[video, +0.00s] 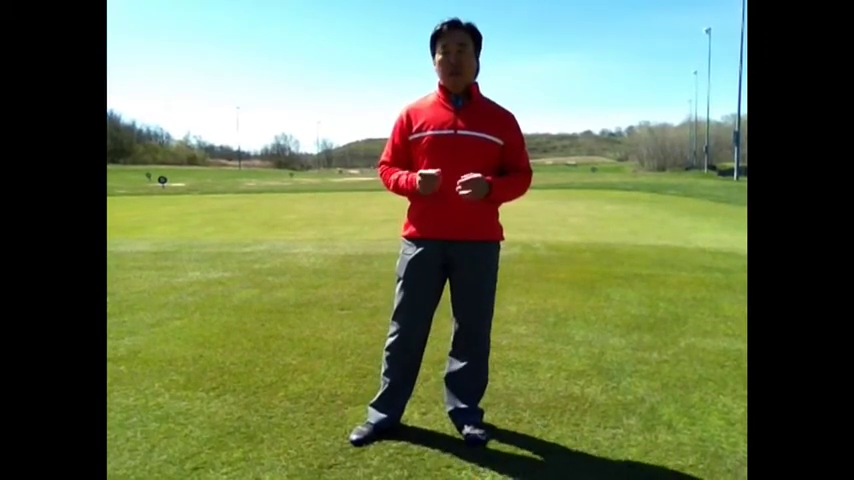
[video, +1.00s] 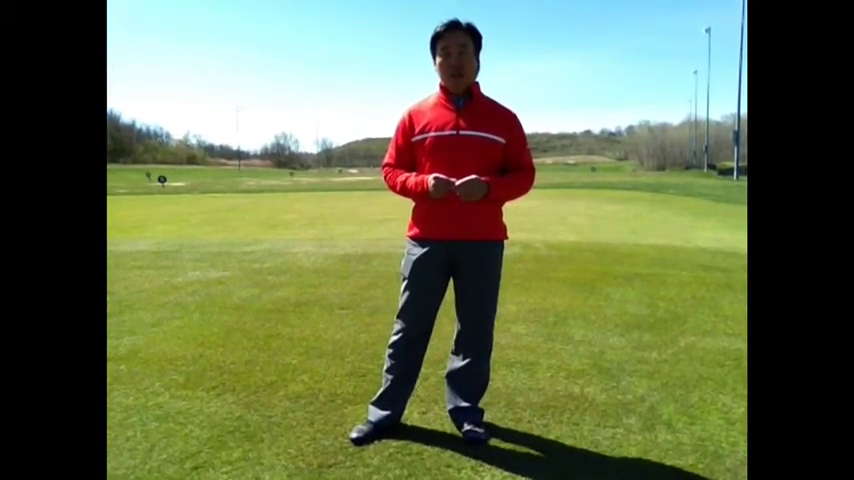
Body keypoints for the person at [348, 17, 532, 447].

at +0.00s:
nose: (452, 58)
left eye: (462, 50)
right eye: (444, 51)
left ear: (477, 57)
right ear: (433, 59)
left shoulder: (501, 120)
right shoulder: (413, 115)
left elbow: (522, 176)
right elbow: (387, 169)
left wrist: (491, 187)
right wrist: (411, 181)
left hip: (478, 245)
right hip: (422, 241)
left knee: (473, 334)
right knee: (405, 330)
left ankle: (468, 415)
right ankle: (384, 414)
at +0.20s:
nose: (453, 58)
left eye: (462, 50)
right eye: (445, 50)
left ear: (478, 57)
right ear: (434, 59)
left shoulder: (503, 119)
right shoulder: (414, 115)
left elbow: (523, 175)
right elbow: (390, 170)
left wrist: (488, 187)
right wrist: (422, 181)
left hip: (480, 244)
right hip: (424, 241)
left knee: (475, 333)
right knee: (406, 329)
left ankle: (467, 413)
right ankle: (384, 413)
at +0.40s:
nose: (454, 58)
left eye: (463, 49)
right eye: (445, 50)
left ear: (478, 57)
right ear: (434, 59)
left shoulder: (503, 119)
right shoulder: (415, 115)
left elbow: (524, 175)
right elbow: (390, 170)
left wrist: (488, 187)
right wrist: (424, 182)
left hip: (482, 243)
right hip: (426, 240)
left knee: (476, 332)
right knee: (407, 328)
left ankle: (468, 413)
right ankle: (384, 413)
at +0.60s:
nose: (453, 59)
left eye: (462, 50)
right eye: (444, 52)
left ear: (477, 58)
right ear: (433, 61)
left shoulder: (503, 119)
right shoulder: (415, 116)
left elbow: (524, 175)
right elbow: (390, 171)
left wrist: (488, 187)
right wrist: (423, 183)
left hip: (482, 243)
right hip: (427, 241)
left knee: (476, 332)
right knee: (408, 329)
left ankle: (468, 413)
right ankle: (384, 414)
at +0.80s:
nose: (453, 59)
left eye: (462, 51)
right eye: (444, 52)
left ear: (477, 58)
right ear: (433, 61)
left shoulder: (503, 119)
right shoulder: (414, 117)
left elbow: (525, 175)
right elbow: (390, 172)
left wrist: (489, 188)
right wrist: (423, 184)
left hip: (482, 243)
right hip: (427, 241)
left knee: (476, 333)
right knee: (408, 329)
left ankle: (467, 413)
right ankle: (383, 414)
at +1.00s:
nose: (454, 60)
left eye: (463, 52)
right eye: (445, 53)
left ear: (478, 58)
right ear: (434, 61)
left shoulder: (503, 119)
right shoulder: (415, 116)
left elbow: (525, 175)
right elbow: (390, 171)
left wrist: (489, 187)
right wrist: (423, 183)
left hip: (482, 243)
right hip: (427, 241)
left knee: (476, 333)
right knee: (408, 329)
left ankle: (467, 413)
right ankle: (384, 414)